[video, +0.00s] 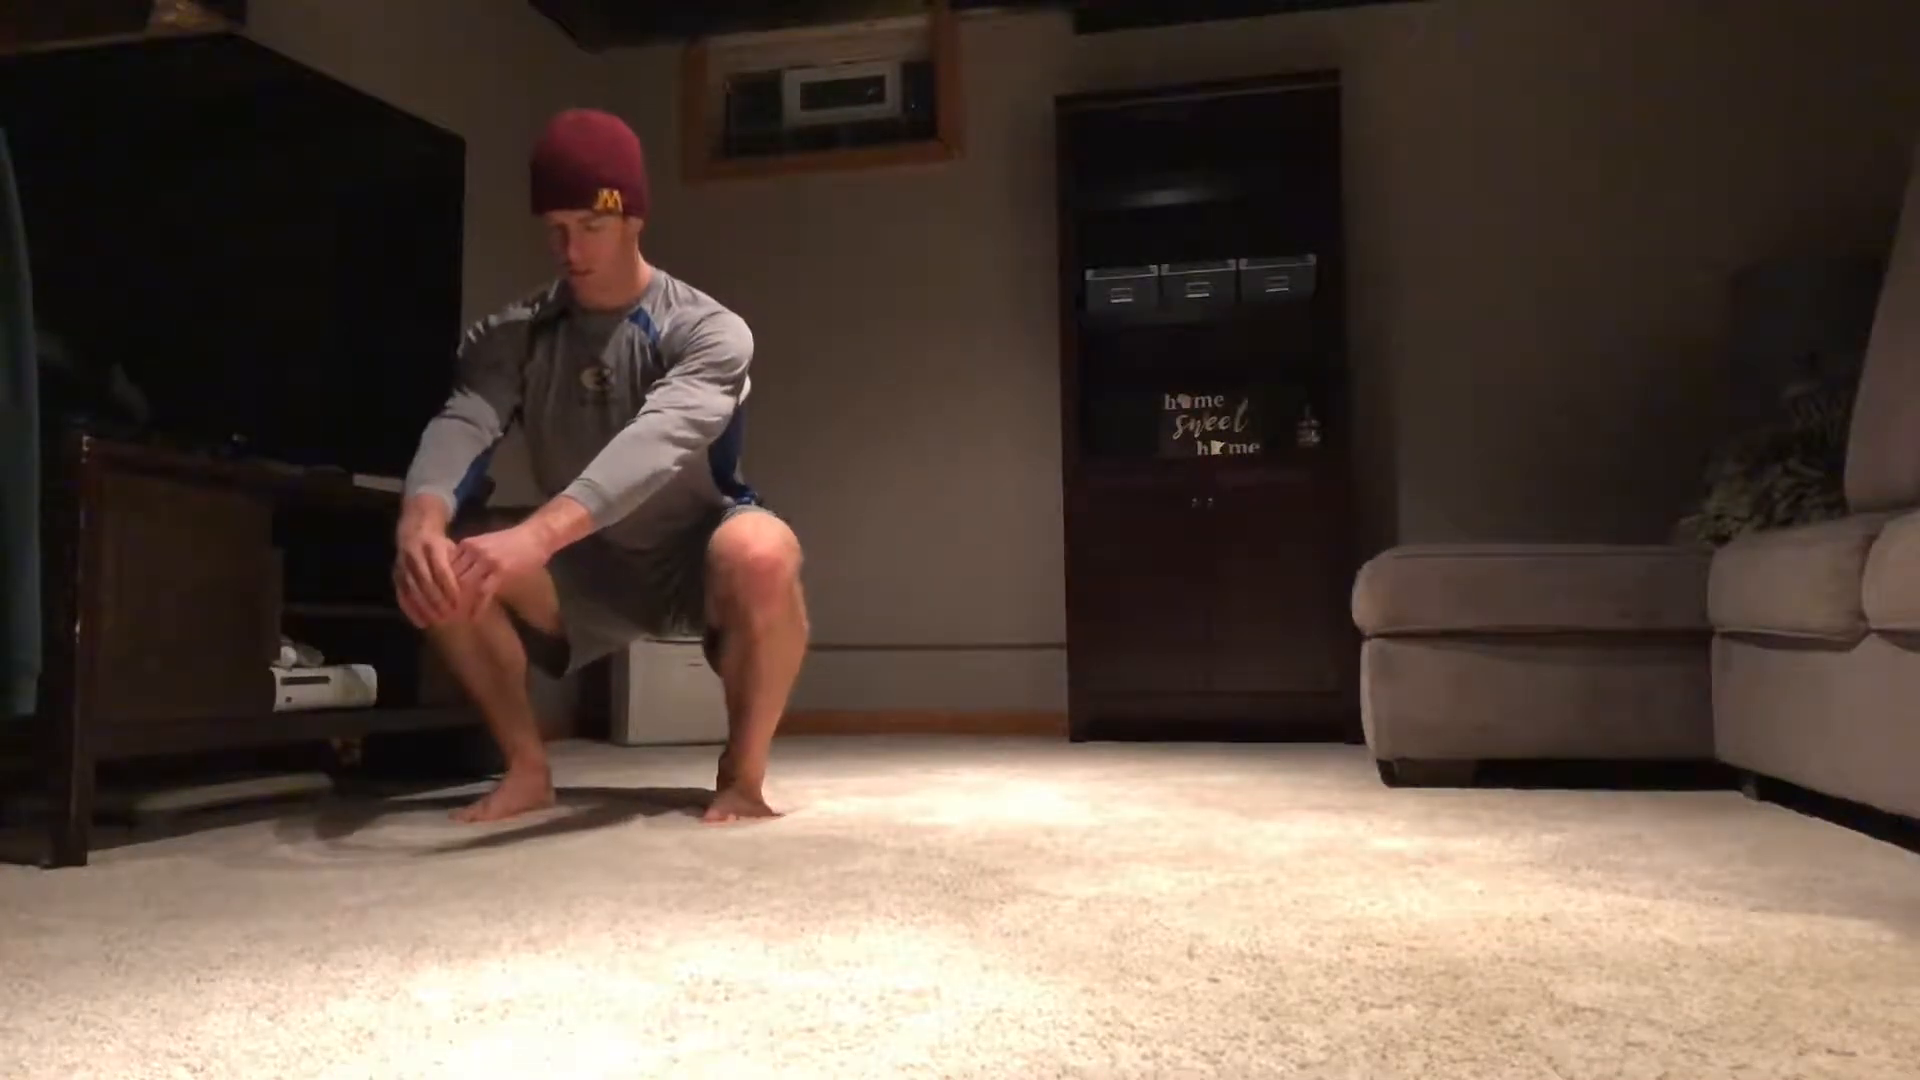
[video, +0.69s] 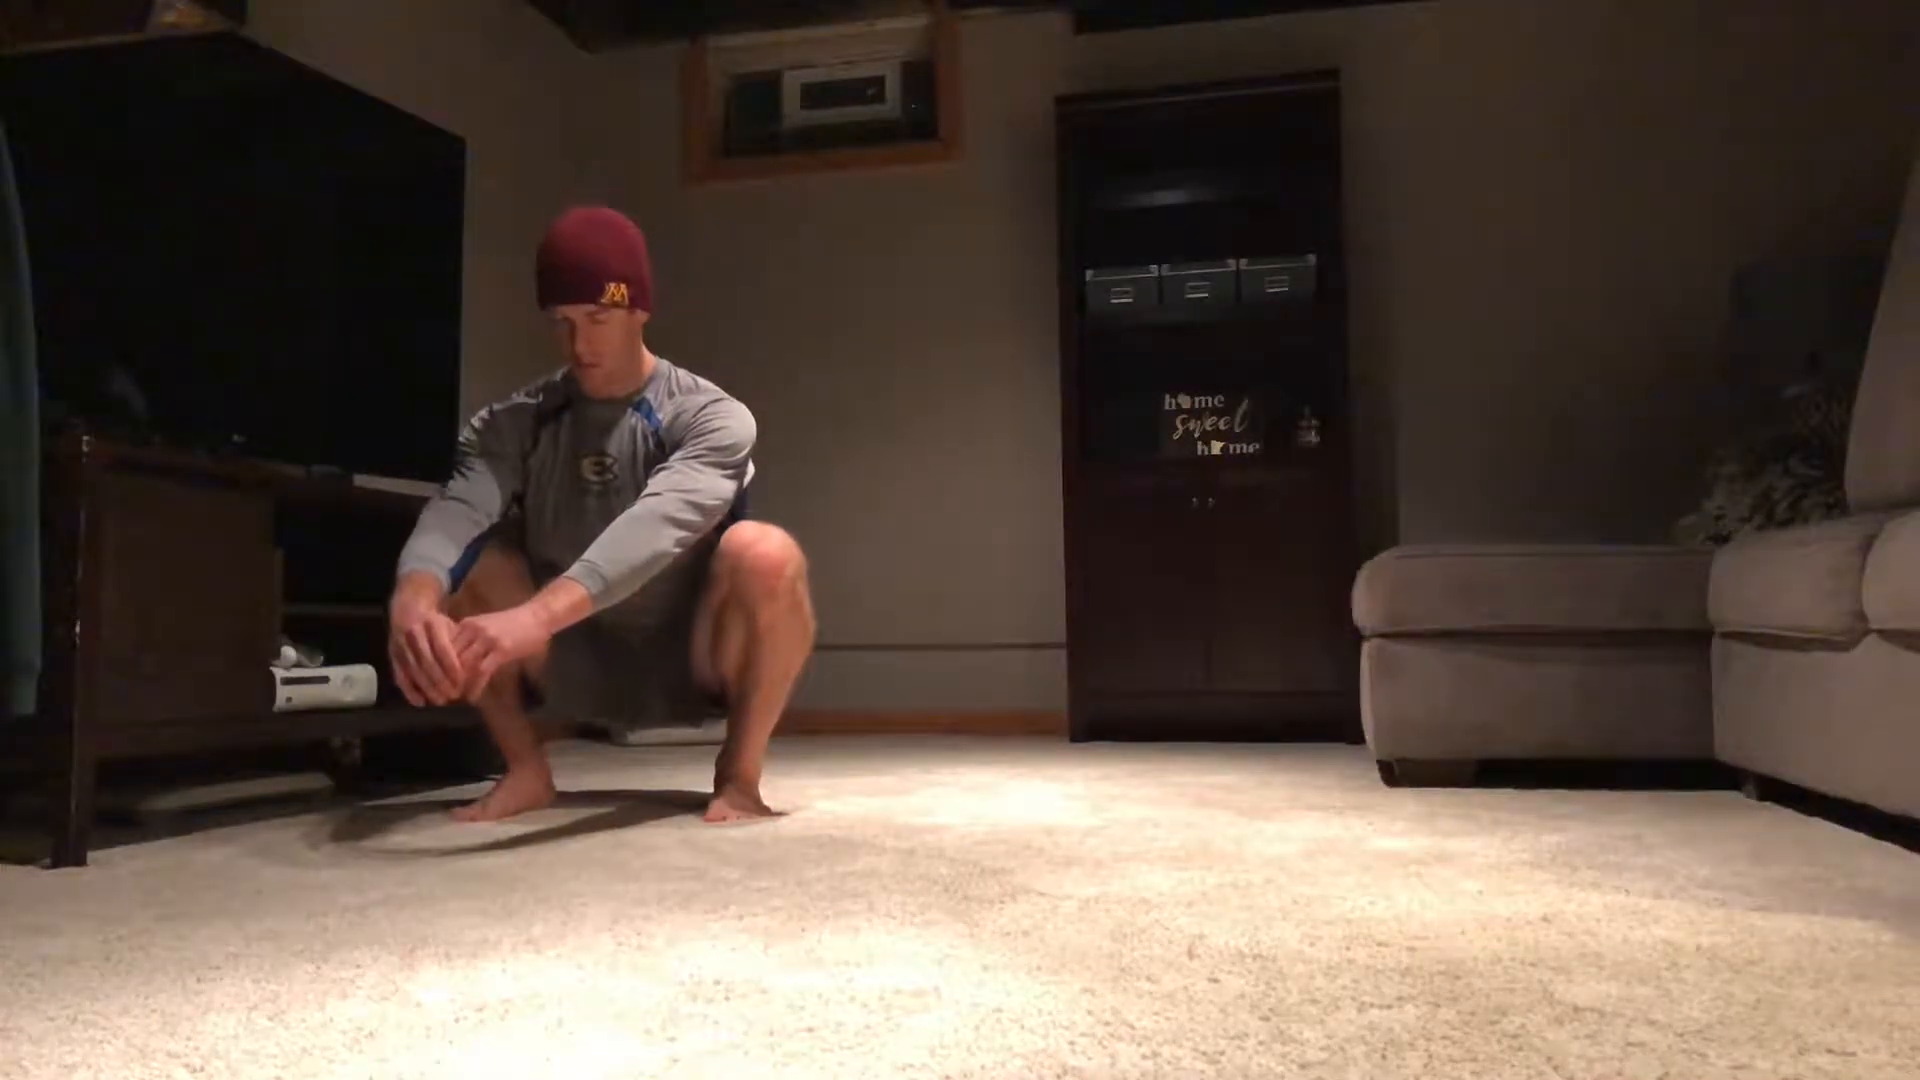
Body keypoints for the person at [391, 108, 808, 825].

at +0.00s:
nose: (570, 251)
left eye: (588, 229)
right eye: (557, 231)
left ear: (633, 219)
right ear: (542, 227)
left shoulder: (712, 335)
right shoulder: (514, 334)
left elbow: (653, 448)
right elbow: (461, 425)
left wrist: (535, 537)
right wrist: (419, 520)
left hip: (696, 564)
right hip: (582, 569)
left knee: (762, 547)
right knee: (446, 571)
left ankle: (744, 778)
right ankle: (526, 769)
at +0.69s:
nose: (580, 347)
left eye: (597, 321)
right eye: (564, 324)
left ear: (640, 314)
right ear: (549, 322)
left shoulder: (714, 420)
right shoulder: (512, 425)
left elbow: (655, 529)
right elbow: (455, 512)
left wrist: (535, 618)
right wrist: (413, 597)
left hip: (691, 655)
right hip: (578, 661)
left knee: (765, 551)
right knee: (464, 565)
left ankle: (741, 780)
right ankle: (525, 773)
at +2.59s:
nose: (631, 379)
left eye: (641, 358)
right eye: (610, 359)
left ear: (650, 353)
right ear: (555, 356)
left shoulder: (684, 458)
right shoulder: (471, 455)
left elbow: (636, 590)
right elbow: (430, 563)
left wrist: (548, 710)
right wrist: (423, 680)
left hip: (658, 667)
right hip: (539, 672)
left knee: (793, 533)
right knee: (397, 577)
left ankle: (752, 768)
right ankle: (521, 775)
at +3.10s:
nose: (642, 404)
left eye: (654, 384)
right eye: (622, 386)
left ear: (667, 375)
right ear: (569, 378)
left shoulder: (694, 479)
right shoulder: (478, 468)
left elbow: (668, 621)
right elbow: (451, 600)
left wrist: (611, 755)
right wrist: (500, 734)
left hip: (659, 670)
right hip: (545, 674)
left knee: (802, 531)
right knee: (395, 586)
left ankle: (754, 769)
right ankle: (525, 776)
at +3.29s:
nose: (659, 414)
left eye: (671, 394)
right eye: (638, 394)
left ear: (684, 387)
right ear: (586, 387)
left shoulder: (709, 487)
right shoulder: (493, 474)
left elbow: (703, 627)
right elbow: (496, 619)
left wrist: (674, 745)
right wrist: (569, 744)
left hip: (663, 679)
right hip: (549, 683)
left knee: (810, 533)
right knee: (402, 585)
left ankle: (757, 768)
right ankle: (526, 771)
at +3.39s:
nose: (669, 422)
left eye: (681, 401)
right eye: (648, 401)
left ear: (693, 394)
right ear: (596, 395)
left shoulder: (717, 489)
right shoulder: (506, 477)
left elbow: (729, 626)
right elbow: (526, 624)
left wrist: (722, 748)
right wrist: (626, 750)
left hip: (670, 672)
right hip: (555, 675)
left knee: (816, 534)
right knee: (409, 588)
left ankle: (751, 763)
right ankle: (524, 773)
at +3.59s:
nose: (699, 438)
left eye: (711, 417)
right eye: (680, 417)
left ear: (723, 408)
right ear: (625, 406)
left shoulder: (741, 492)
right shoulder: (537, 486)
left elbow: (788, 627)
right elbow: (595, 643)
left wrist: (818, 746)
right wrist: (712, 759)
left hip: (688, 666)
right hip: (571, 670)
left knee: (831, 536)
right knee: (422, 591)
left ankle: (775, 748)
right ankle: (527, 773)